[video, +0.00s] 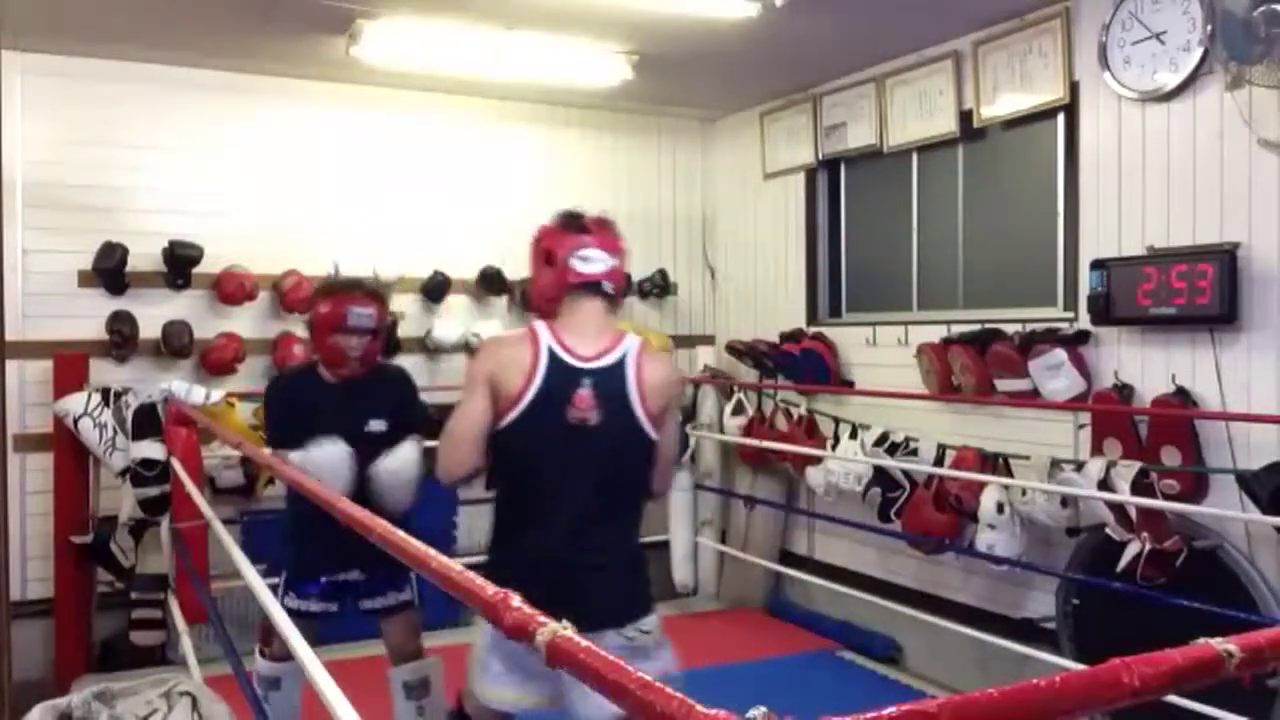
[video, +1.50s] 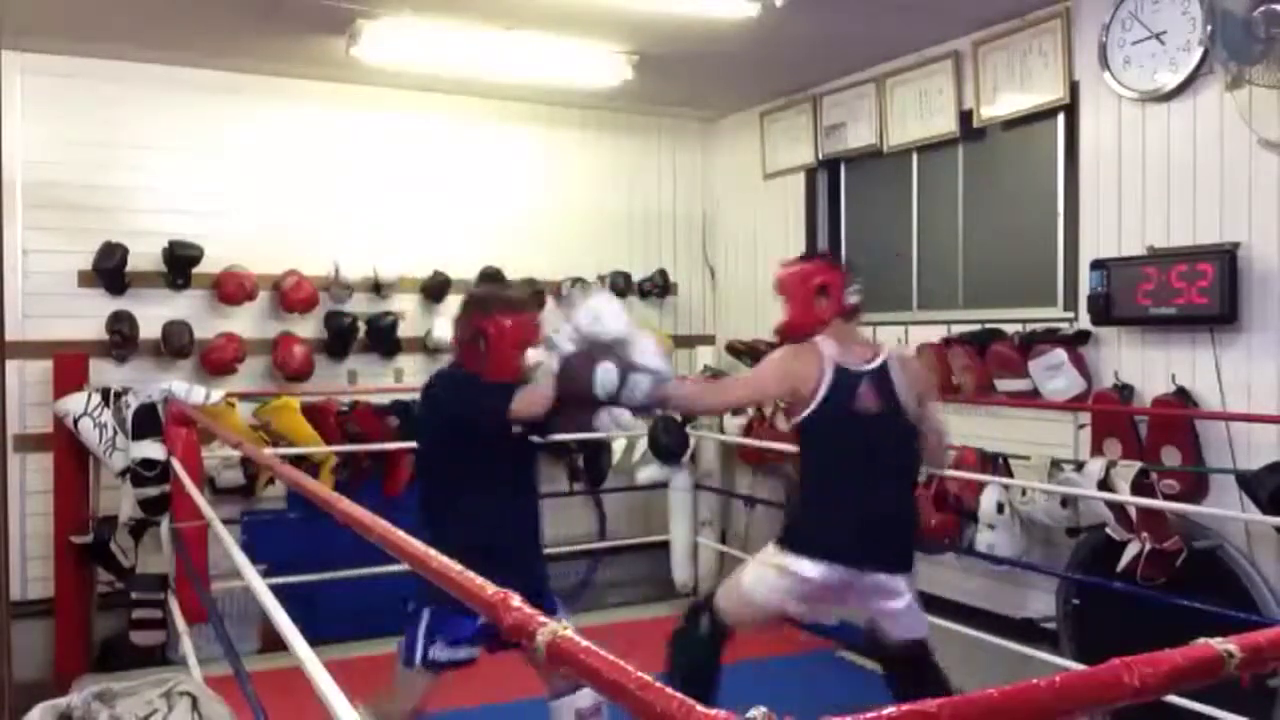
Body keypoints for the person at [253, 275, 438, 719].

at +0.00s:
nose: (356, 344)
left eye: (367, 333)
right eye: (345, 331)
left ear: (381, 337)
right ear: (320, 332)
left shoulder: (393, 383)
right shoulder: (289, 388)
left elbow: (421, 438)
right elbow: (272, 461)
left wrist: (407, 462)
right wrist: (304, 464)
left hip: (383, 539)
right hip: (311, 541)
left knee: (406, 644)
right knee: (279, 646)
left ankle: (420, 713)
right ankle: (277, 713)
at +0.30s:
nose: (364, 349)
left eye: (376, 340)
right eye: (352, 336)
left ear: (387, 344)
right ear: (324, 334)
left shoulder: (386, 386)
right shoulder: (290, 384)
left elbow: (395, 481)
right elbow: (280, 459)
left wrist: (410, 423)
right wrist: (329, 422)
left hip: (373, 535)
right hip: (310, 538)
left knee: (431, 638)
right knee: (281, 659)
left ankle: (463, 712)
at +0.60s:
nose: (432, 347)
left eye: (440, 337)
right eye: (422, 335)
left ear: (447, 343)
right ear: (395, 337)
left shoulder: (449, 389)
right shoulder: (352, 389)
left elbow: (481, 433)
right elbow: (314, 456)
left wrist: (509, 441)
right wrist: (344, 435)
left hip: (439, 549)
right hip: (370, 551)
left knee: (480, 646)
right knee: (331, 659)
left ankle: (495, 714)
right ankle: (298, 711)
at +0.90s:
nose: (476, 344)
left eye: (478, 331)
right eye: (463, 332)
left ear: (482, 331)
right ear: (427, 334)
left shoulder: (486, 386)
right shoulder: (390, 406)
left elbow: (548, 437)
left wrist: (537, 427)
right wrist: (385, 480)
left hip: (518, 538)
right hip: (456, 554)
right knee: (476, 686)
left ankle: (581, 711)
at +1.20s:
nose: (536, 339)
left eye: (537, 327)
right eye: (526, 327)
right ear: (490, 327)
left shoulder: (525, 382)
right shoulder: (443, 390)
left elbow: (549, 438)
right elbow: (440, 471)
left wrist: (593, 415)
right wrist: (493, 416)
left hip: (542, 546)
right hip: (474, 560)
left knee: (602, 671)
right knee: (471, 701)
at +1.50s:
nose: (533, 348)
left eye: (533, 337)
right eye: (524, 336)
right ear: (489, 338)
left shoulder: (510, 393)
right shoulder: (449, 389)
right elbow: (534, 406)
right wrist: (554, 359)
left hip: (518, 574)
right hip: (454, 581)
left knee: (574, 692)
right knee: (402, 702)